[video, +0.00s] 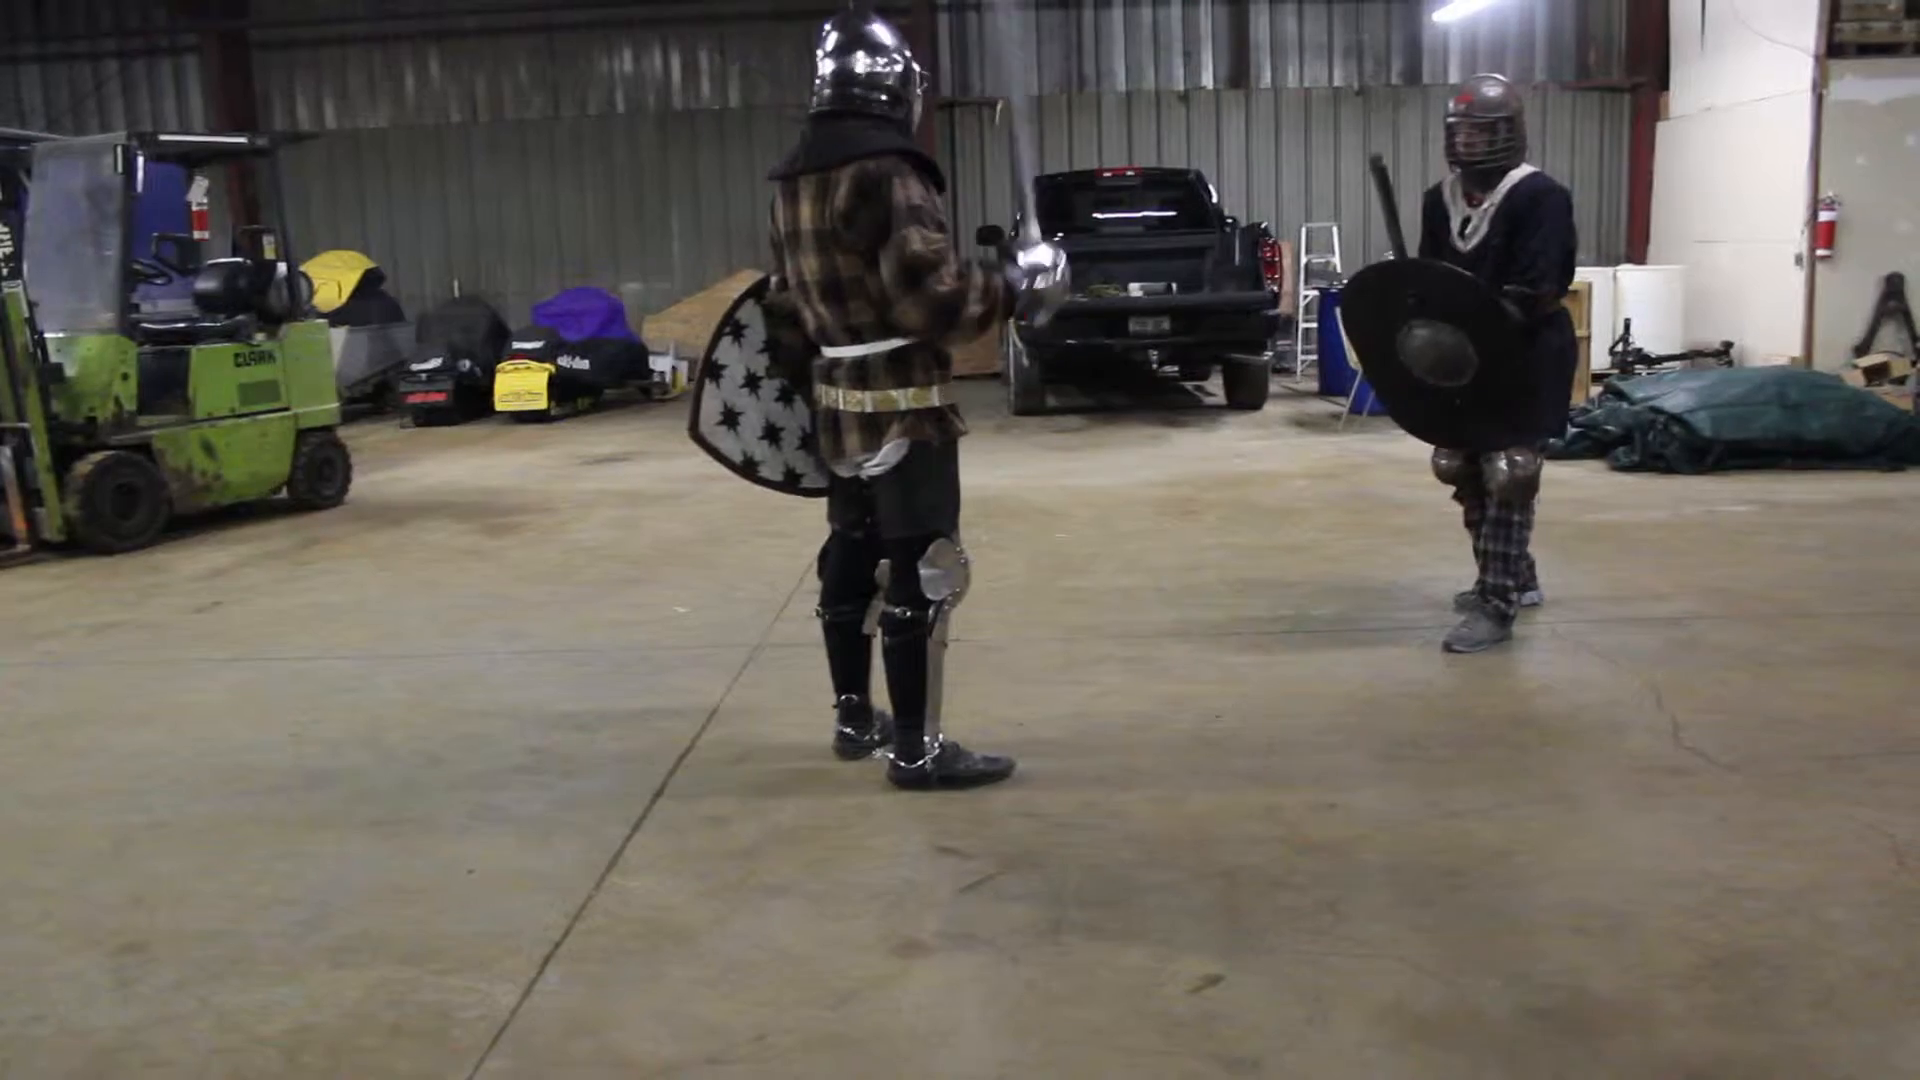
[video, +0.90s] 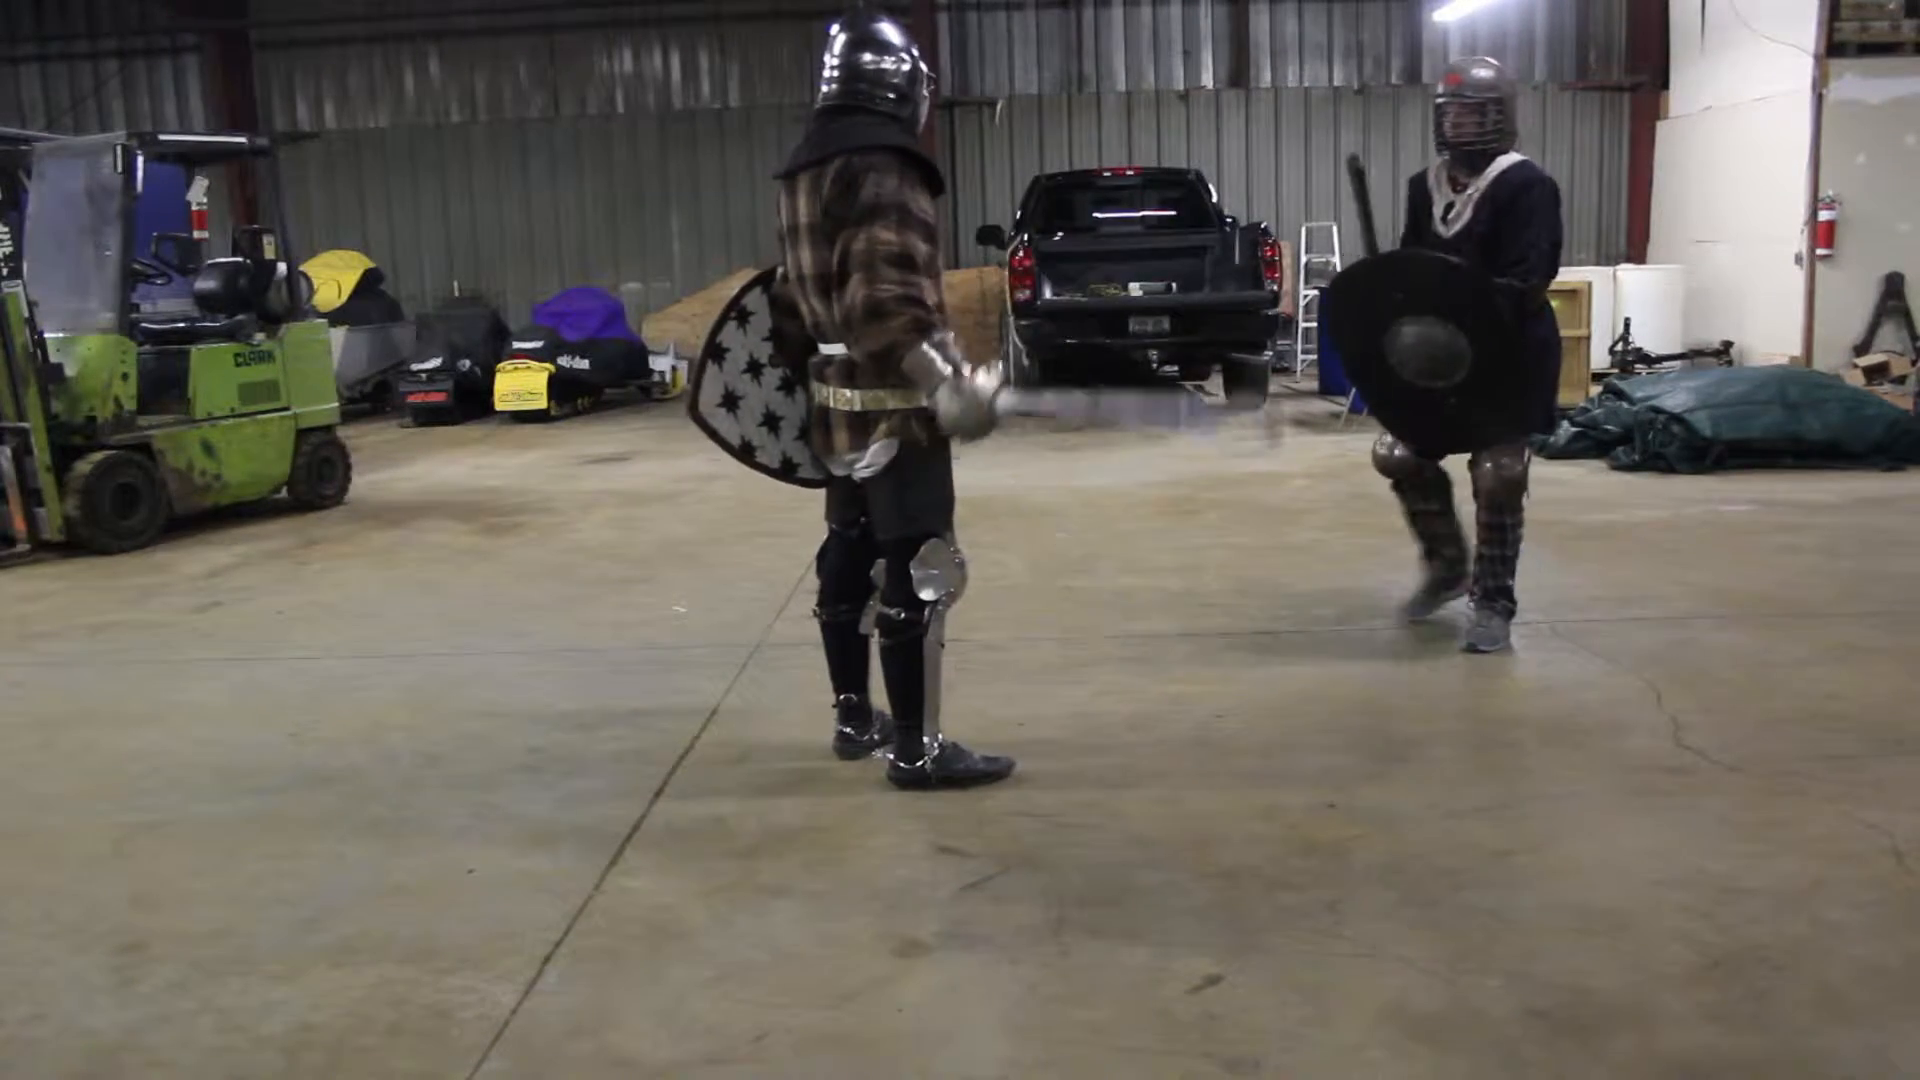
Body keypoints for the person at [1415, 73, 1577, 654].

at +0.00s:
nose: (1468, 139)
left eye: (1482, 128)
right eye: (1460, 128)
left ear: (1511, 133)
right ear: (1449, 133)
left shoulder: (1541, 197)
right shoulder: (1439, 201)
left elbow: (1543, 286)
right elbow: (1431, 281)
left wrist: (1479, 323)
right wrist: (1423, 337)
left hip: (1529, 362)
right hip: (1465, 363)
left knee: (1510, 469)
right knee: (1457, 464)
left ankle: (1495, 603)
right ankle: (1515, 575)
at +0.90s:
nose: (1464, 122)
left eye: (1479, 111)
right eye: (1454, 111)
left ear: (1504, 117)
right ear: (1440, 118)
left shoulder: (1528, 186)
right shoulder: (1424, 187)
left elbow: (1529, 281)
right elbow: (1411, 273)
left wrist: (1460, 307)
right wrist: (1396, 334)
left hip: (1514, 359)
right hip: (1443, 357)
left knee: (1499, 470)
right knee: (1400, 456)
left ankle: (1492, 604)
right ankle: (1446, 565)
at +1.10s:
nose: (1432, 131)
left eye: (1446, 120)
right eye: (1423, 120)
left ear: (1477, 122)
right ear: (1414, 125)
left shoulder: (1509, 188)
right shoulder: (1406, 189)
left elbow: (1519, 271)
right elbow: (1374, 262)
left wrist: (1459, 302)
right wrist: (1327, 283)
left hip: (1495, 367)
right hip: (1419, 364)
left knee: (1487, 480)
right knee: (1396, 469)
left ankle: (1491, 609)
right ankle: (1364, 597)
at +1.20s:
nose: (1421, 139)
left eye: (1436, 125)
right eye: (1411, 126)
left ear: (1464, 127)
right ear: (1397, 129)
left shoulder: (1494, 191)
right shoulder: (1386, 192)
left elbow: (1500, 275)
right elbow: (1346, 251)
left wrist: (1452, 256)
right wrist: (1293, 245)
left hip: (1487, 356)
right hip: (1417, 357)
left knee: (1478, 479)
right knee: (1389, 470)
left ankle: (1490, 609)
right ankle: (1367, 603)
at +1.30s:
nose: (1415, 127)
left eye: (1428, 115)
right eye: (1405, 115)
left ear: (1449, 123)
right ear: (1391, 120)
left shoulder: (1474, 187)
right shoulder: (1374, 188)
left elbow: (1459, 246)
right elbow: (1305, 244)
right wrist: (1270, 211)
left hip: (1473, 335)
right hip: (1408, 336)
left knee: (1466, 476)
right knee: (1374, 467)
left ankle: (1489, 607)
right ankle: (1368, 600)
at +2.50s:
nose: (1453, 146)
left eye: (1467, 133)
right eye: (1442, 135)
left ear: (1490, 139)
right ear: (1427, 141)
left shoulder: (1522, 201)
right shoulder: (1413, 206)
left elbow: (1517, 272)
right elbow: (1353, 268)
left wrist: (1462, 212)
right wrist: (1317, 231)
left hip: (1514, 350)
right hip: (1444, 351)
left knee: (1513, 488)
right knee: (1398, 472)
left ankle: (1509, 599)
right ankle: (1375, 600)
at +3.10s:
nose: (1414, 147)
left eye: (1428, 135)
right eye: (1402, 136)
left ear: (1449, 139)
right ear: (1387, 140)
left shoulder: (1476, 209)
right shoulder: (1379, 202)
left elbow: (1465, 295)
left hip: (1466, 354)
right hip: (1394, 352)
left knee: (1470, 490)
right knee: (1351, 477)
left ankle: (1503, 598)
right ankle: (1346, 609)